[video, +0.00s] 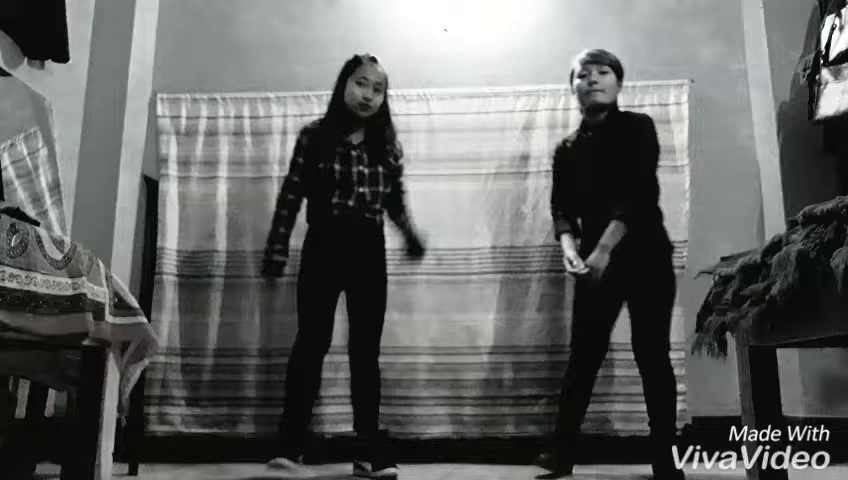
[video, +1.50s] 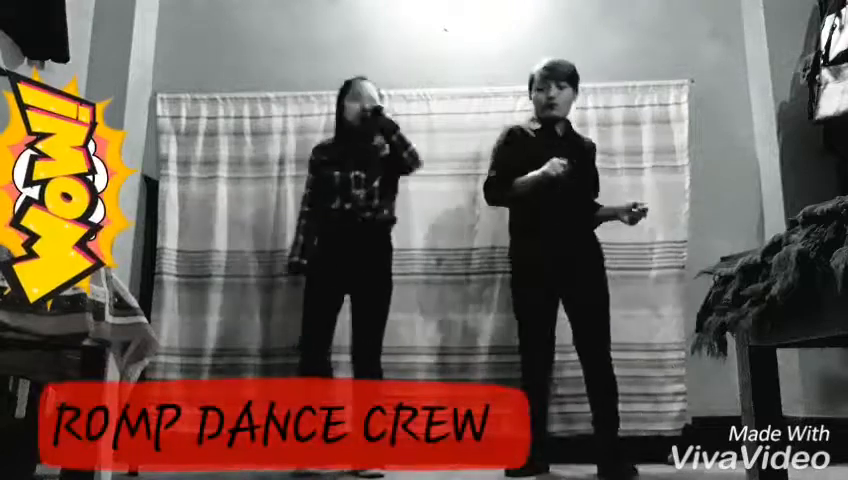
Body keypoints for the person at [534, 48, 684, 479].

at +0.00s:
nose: (589, 78)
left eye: (599, 72)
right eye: (582, 74)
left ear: (618, 84)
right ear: (574, 88)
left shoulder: (638, 126)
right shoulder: (568, 149)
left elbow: (637, 195)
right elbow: (563, 207)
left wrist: (604, 248)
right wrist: (569, 248)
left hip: (645, 257)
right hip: (596, 261)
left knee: (652, 357)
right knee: (583, 357)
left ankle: (664, 458)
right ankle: (561, 453)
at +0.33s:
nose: (558, 89)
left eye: (567, 83)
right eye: (551, 84)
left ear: (585, 93)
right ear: (543, 97)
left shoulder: (601, 148)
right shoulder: (527, 147)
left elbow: (616, 209)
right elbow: (513, 205)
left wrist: (612, 257)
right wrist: (537, 252)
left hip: (589, 265)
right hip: (539, 266)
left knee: (609, 359)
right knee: (548, 363)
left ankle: (630, 453)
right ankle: (552, 455)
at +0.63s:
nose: (575, 90)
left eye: (583, 84)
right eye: (565, 86)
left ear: (598, 96)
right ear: (553, 101)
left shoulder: (619, 147)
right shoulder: (547, 153)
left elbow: (641, 206)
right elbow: (536, 217)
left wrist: (664, 255)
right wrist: (545, 269)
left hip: (624, 270)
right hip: (572, 273)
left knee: (637, 365)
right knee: (562, 368)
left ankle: (645, 458)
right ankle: (556, 459)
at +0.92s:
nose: (576, 91)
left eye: (586, 83)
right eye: (571, 86)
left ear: (608, 91)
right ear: (567, 98)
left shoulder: (629, 133)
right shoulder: (561, 155)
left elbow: (633, 188)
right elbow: (560, 215)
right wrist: (565, 258)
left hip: (628, 264)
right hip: (580, 266)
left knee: (634, 359)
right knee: (559, 358)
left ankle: (644, 457)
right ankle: (540, 453)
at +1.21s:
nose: (538, 104)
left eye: (548, 97)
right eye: (534, 97)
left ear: (570, 102)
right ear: (529, 103)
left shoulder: (590, 152)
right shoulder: (512, 151)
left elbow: (605, 206)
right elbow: (481, 199)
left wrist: (615, 230)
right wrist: (504, 201)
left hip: (575, 269)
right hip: (525, 270)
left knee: (590, 359)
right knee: (529, 362)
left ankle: (607, 453)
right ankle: (529, 453)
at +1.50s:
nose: (549, 94)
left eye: (559, 87)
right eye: (541, 88)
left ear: (574, 95)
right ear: (530, 96)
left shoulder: (582, 148)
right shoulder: (515, 140)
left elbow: (584, 212)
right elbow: (493, 193)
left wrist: (619, 212)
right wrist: (539, 175)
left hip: (581, 263)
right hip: (532, 265)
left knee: (597, 359)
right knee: (536, 363)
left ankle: (610, 456)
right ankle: (533, 455)